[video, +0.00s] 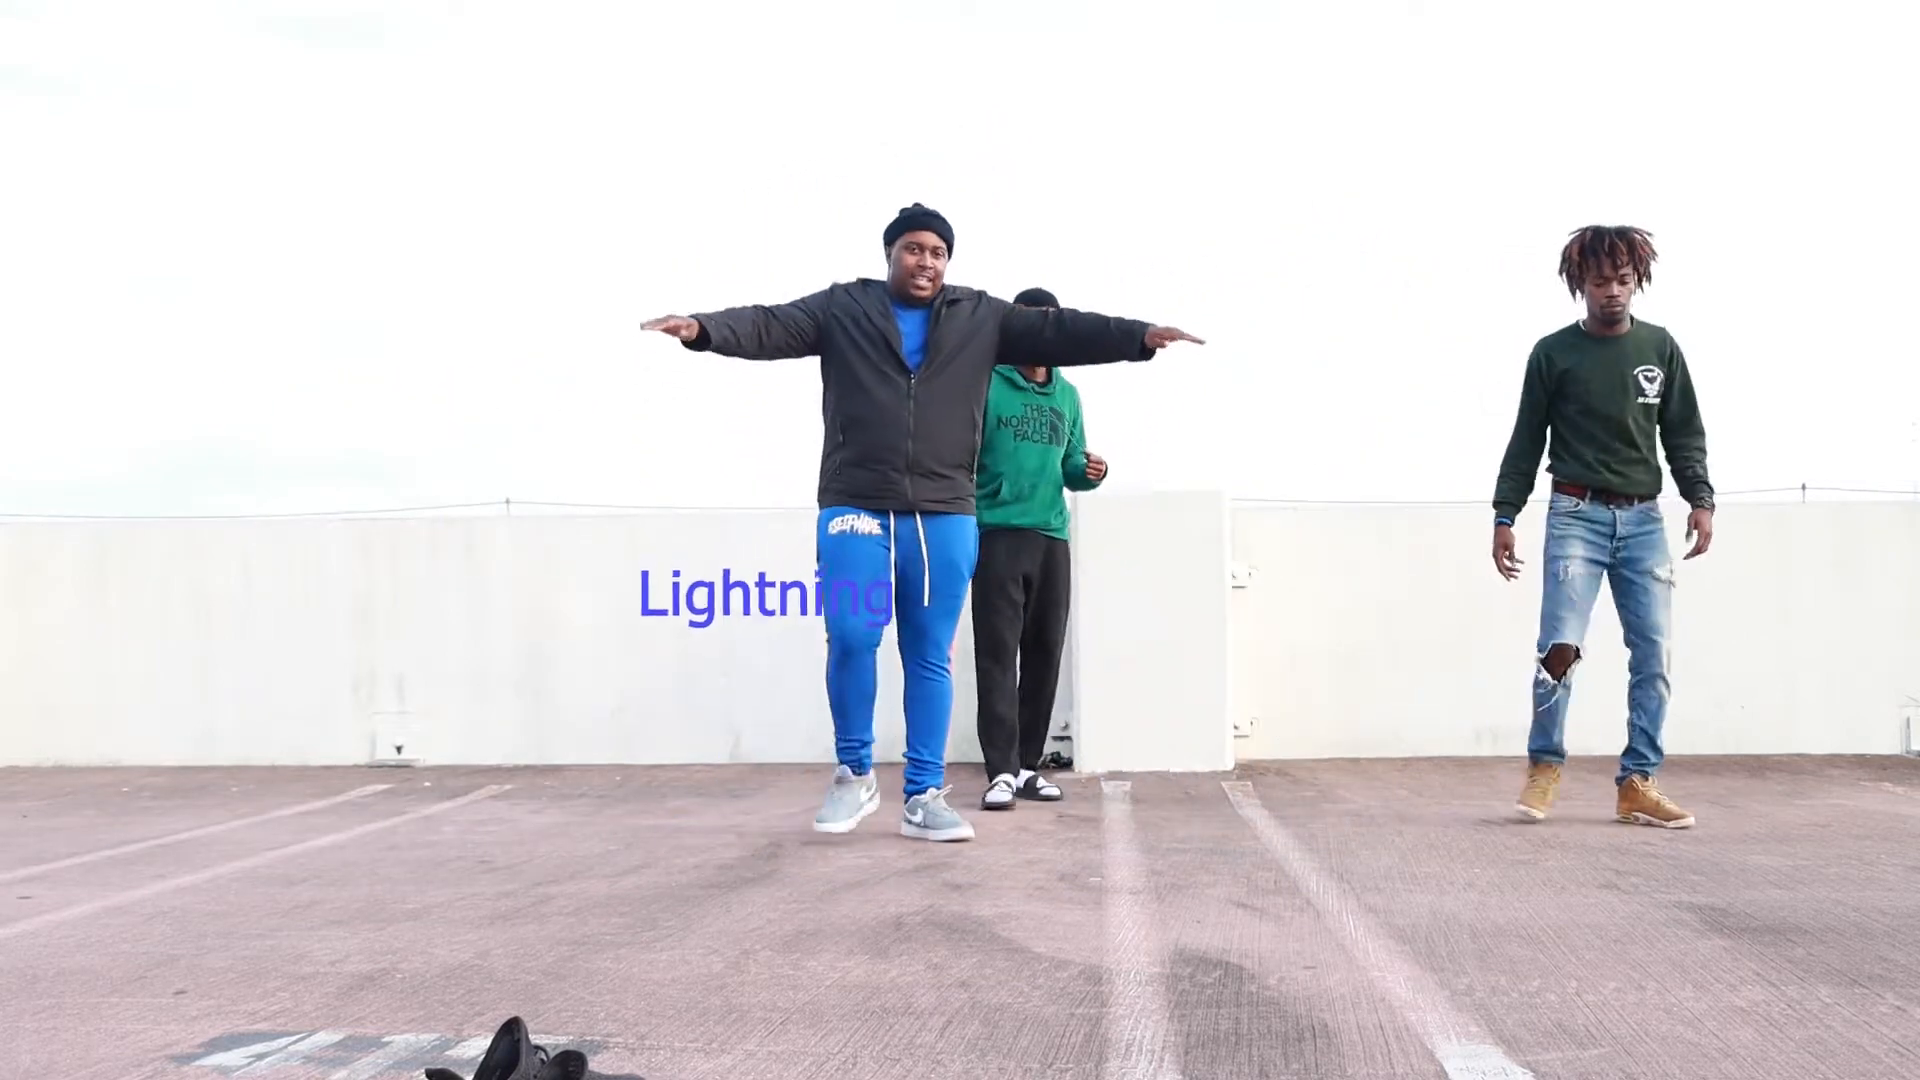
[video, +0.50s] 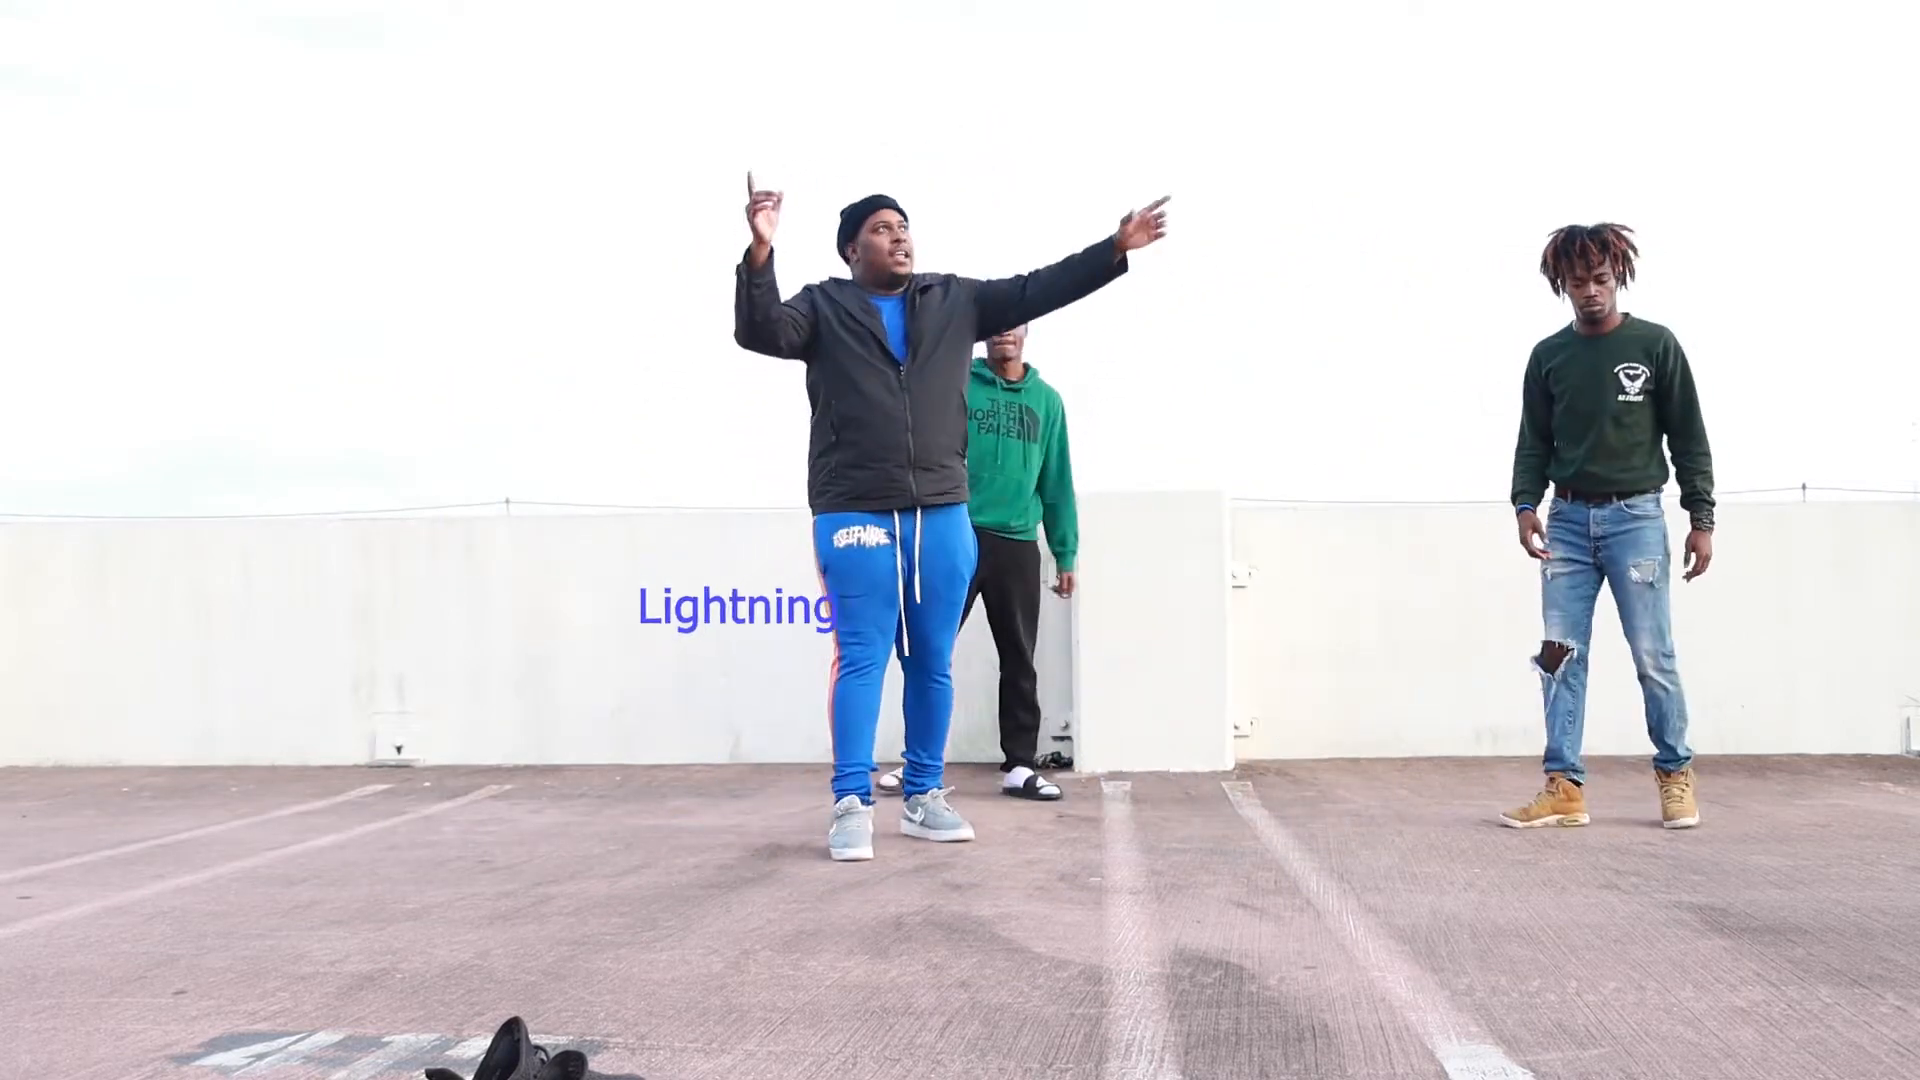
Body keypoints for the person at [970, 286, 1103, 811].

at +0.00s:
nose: (1044, 342)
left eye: (1051, 334)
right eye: (1036, 333)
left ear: (1057, 338)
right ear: (1016, 334)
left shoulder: (1067, 394)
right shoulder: (986, 384)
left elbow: (1070, 471)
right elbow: (963, 457)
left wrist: (1090, 472)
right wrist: (964, 523)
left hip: (1051, 537)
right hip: (997, 534)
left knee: (1044, 655)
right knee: (998, 654)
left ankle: (1029, 766)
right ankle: (1000, 771)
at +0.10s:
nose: (1042, 338)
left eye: (1050, 329)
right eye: (1035, 327)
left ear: (1059, 335)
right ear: (1016, 330)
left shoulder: (1067, 394)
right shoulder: (987, 378)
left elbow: (1069, 471)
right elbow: (962, 449)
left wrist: (1086, 472)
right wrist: (956, 510)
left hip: (1045, 532)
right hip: (990, 528)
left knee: (1038, 652)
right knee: (992, 649)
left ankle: (1026, 765)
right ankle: (995, 768)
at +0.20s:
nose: (1039, 334)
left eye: (1048, 325)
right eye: (1031, 324)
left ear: (1060, 333)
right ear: (1013, 330)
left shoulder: (1066, 397)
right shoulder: (985, 378)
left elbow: (1071, 474)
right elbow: (956, 446)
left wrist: (1082, 478)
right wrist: (953, 512)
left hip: (1038, 533)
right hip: (983, 528)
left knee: (1032, 654)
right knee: (985, 651)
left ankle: (1024, 766)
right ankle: (989, 766)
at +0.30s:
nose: (1037, 343)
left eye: (1044, 334)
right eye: (1028, 334)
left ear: (1054, 340)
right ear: (1011, 338)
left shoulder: (1062, 403)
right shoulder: (981, 380)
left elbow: (1069, 472)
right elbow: (950, 438)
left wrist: (1076, 499)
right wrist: (948, 502)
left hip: (1030, 537)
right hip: (975, 531)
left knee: (1026, 653)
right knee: (971, 652)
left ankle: (1021, 767)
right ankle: (976, 766)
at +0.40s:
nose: (1024, 344)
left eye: (1032, 335)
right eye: (1015, 336)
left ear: (1042, 342)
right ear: (1000, 342)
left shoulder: (1056, 403)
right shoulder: (971, 382)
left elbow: (1064, 476)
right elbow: (943, 447)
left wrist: (1076, 541)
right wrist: (940, 518)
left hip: (1024, 538)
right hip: (968, 531)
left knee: (1021, 655)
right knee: (953, 651)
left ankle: (1019, 767)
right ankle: (948, 764)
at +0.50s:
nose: (1007, 338)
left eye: (1015, 330)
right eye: (999, 330)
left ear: (1025, 337)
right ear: (984, 337)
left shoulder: (1046, 400)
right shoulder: (957, 382)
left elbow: (1057, 482)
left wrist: (1065, 557)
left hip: (1017, 542)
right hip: (960, 533)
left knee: (1019, 659)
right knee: (927, 650)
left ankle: (1019, 767)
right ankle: (917, 766)